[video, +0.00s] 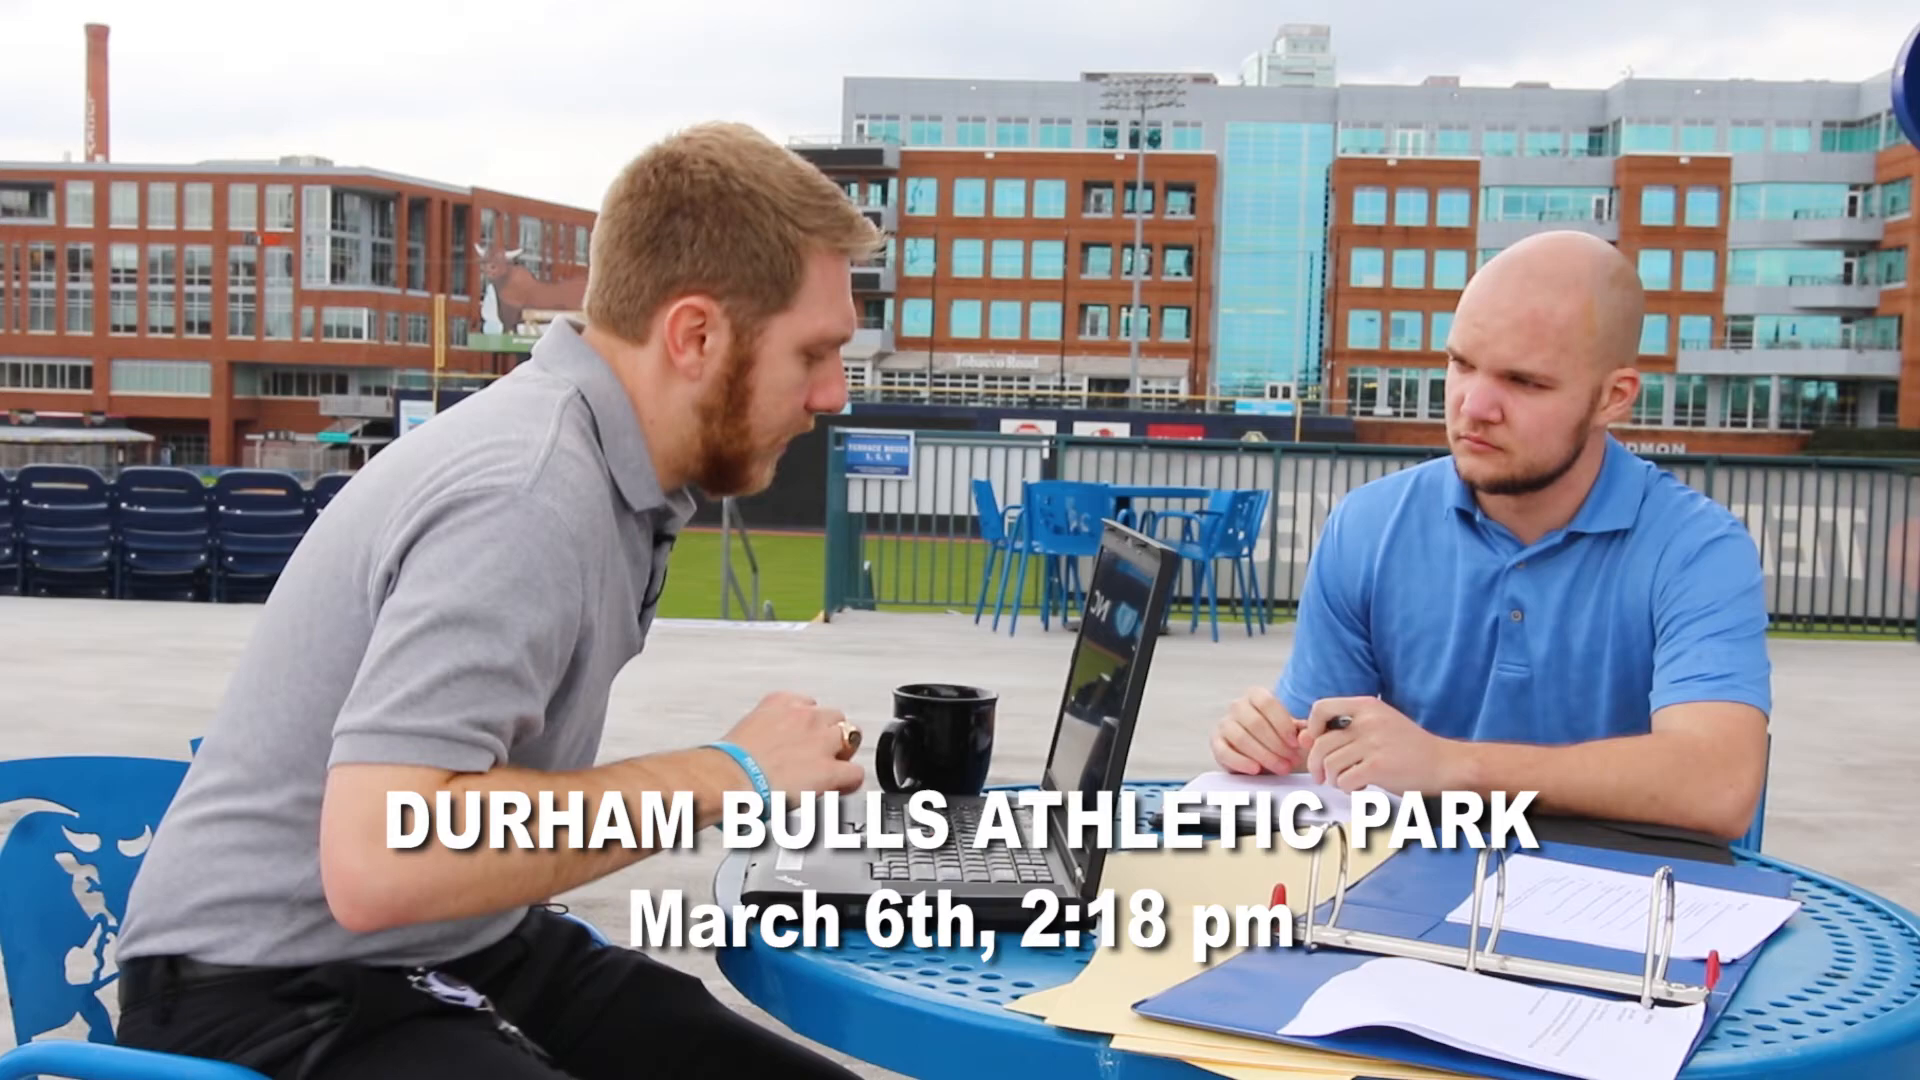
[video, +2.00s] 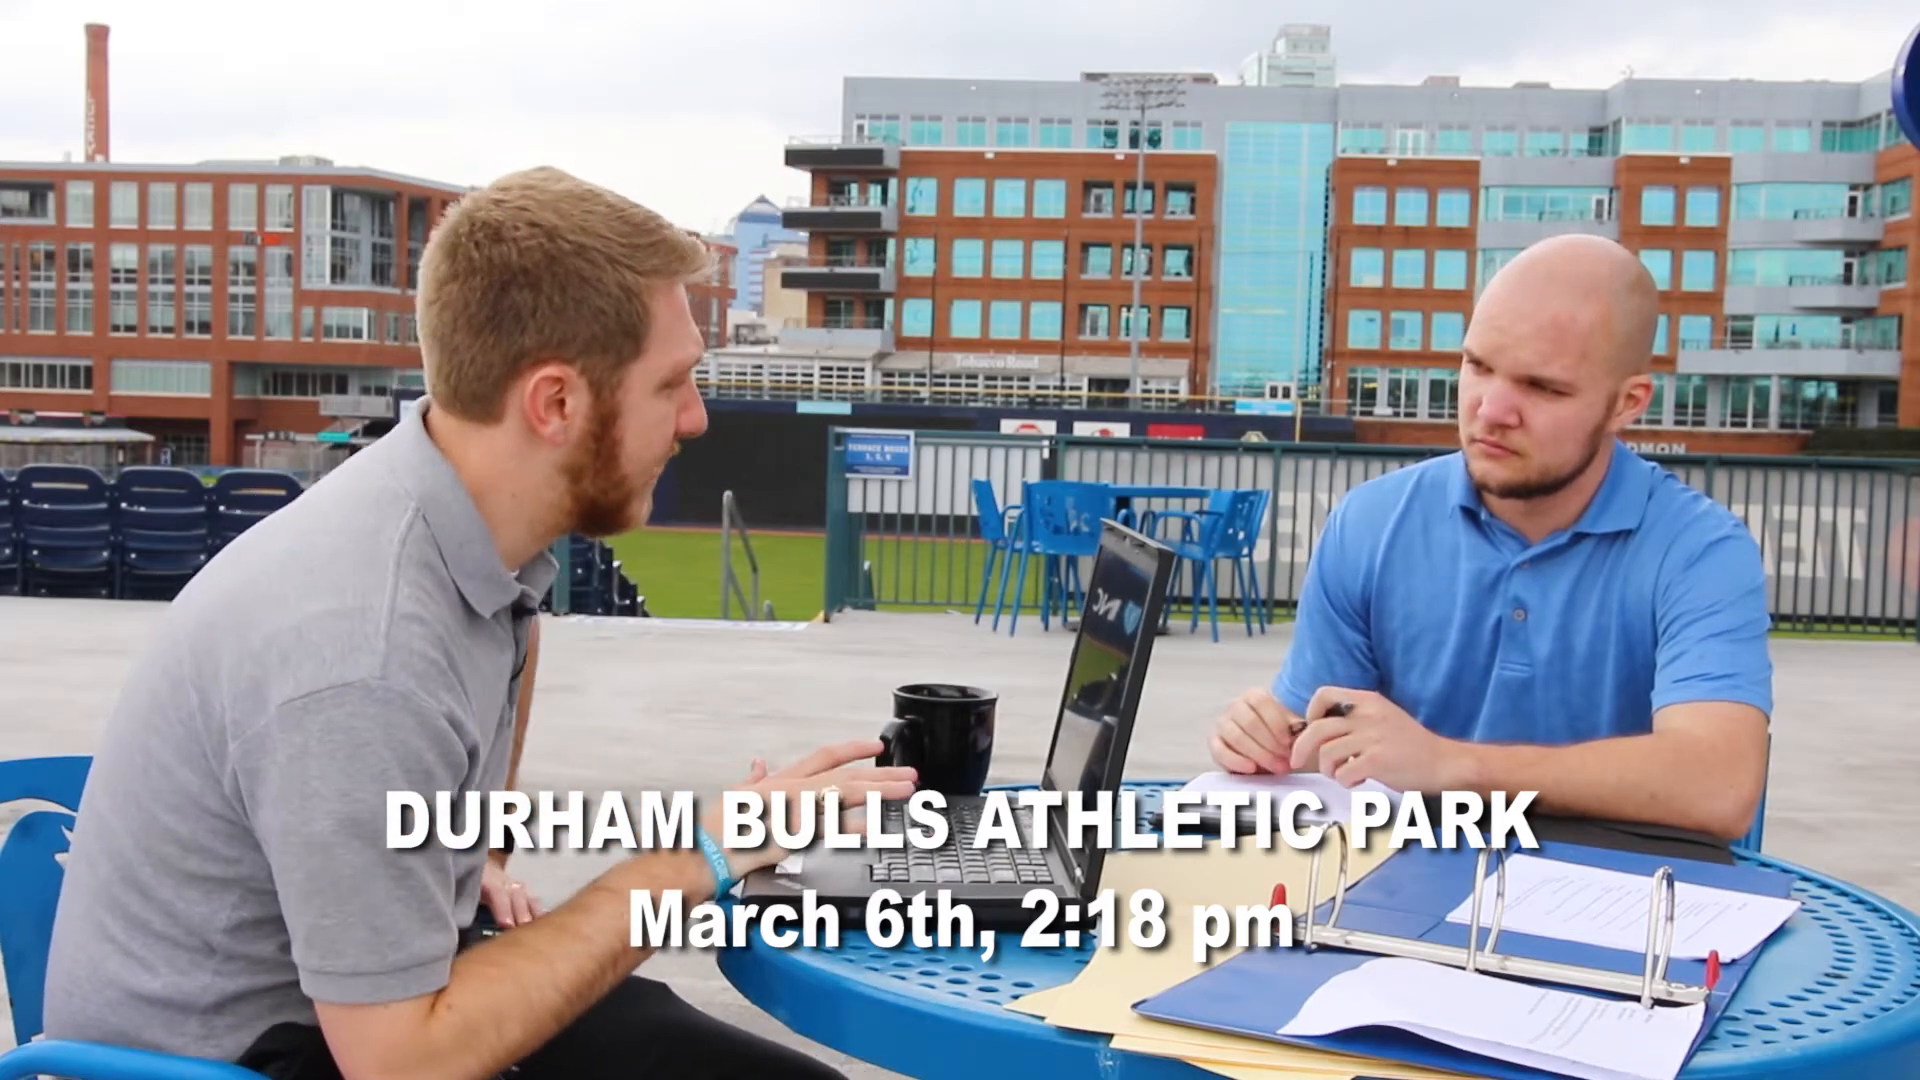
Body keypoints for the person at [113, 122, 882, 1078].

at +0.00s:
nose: (837, 397)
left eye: (838, 356)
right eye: (817, 355)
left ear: (683, 339)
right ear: (692, 337)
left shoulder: (591, 463)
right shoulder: (525, 493)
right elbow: (383, 869)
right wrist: (732, 774)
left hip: (464, 944)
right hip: (280, 993)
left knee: (802, 1064)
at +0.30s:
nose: (808, 413)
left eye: (810, 370)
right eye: (790, 370)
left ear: (666, 359)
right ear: (672, 357)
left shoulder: (565, 501)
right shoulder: (507, 547)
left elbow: (499, 852)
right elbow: (404, 964)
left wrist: (712, 821)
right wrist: (694, 844)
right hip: (291, 1039)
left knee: (819, 1059)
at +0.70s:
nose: (706, 401)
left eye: (702, 362)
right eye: (681, 367)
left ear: (556, 379)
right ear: (554, 376)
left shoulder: (475, 516)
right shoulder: (380, 595)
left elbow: (443, 887)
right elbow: (377, 1023)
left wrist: (700, 825)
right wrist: (673, 861)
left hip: (369, 981)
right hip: (233, 1045)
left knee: (827, 1069)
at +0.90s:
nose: (670, 401)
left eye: (663, 359)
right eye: (641, 365)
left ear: (513, 390)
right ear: (513, 385)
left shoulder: (494, 511)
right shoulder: (319, 622)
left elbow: (568, 629)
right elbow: (377, 1037)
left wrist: (507, 835)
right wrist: (691, 859)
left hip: (405, 957)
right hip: (213, 1041)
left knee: (808, 1076)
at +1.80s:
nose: (704, 427)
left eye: (698, 389)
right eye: (679, 395)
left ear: (549, 418)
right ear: (556, 415)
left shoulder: (485, 522)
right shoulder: (346, 660)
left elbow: (533, 643)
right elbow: (399, 1050)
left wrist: (481, 833)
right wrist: (712, 845)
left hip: (395, 953)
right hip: (218, 1043)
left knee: (791, 1061)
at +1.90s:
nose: (702, 427)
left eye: (696, 389)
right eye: (677, 397)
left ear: (548, 416)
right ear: (555, 413)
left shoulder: (477, 533)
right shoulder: (348, 659)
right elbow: (402, 1054)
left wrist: (466, 857)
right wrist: (706, 851)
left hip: (381, 968)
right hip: (216, 1047)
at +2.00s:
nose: (698, 422)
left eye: (693, 382)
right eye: (675, 388)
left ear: (544, 409)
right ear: (554, 406)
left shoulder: (473, 514)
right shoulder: (354, 667)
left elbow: (515, 652)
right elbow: (406, 1054)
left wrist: (479, 832)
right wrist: (699, 852)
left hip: (382, 953)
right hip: (217, 1044)